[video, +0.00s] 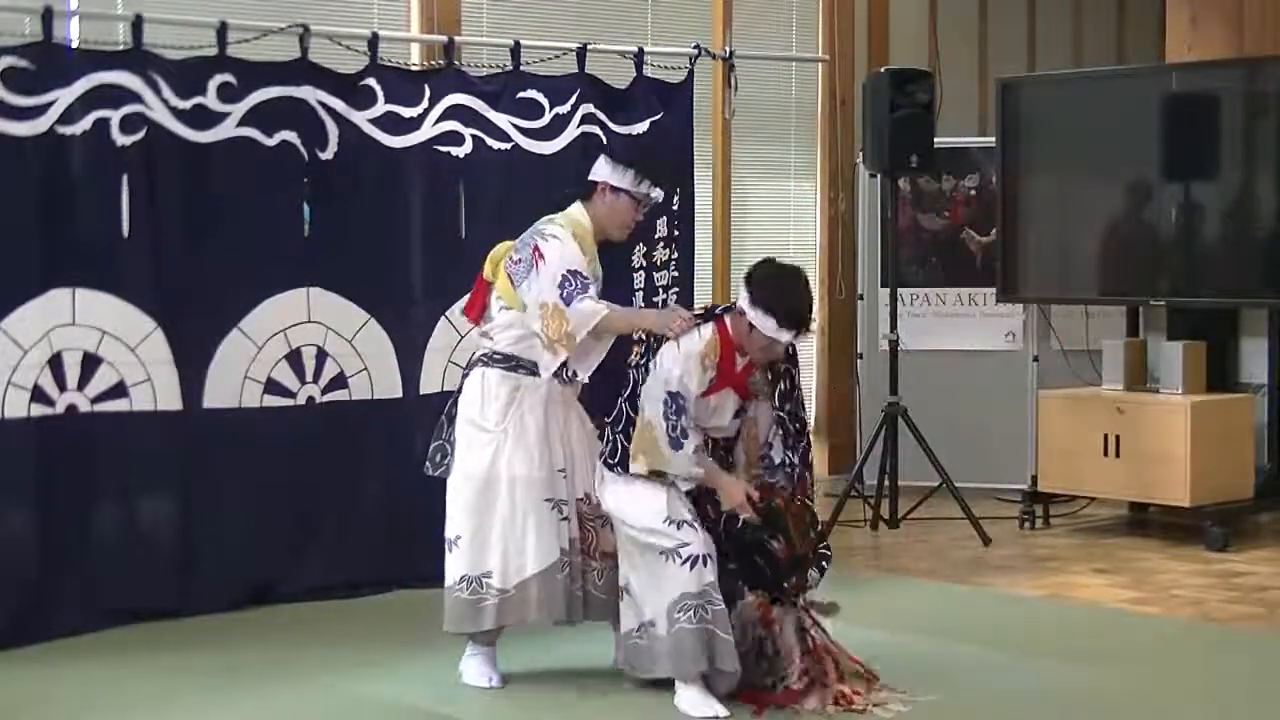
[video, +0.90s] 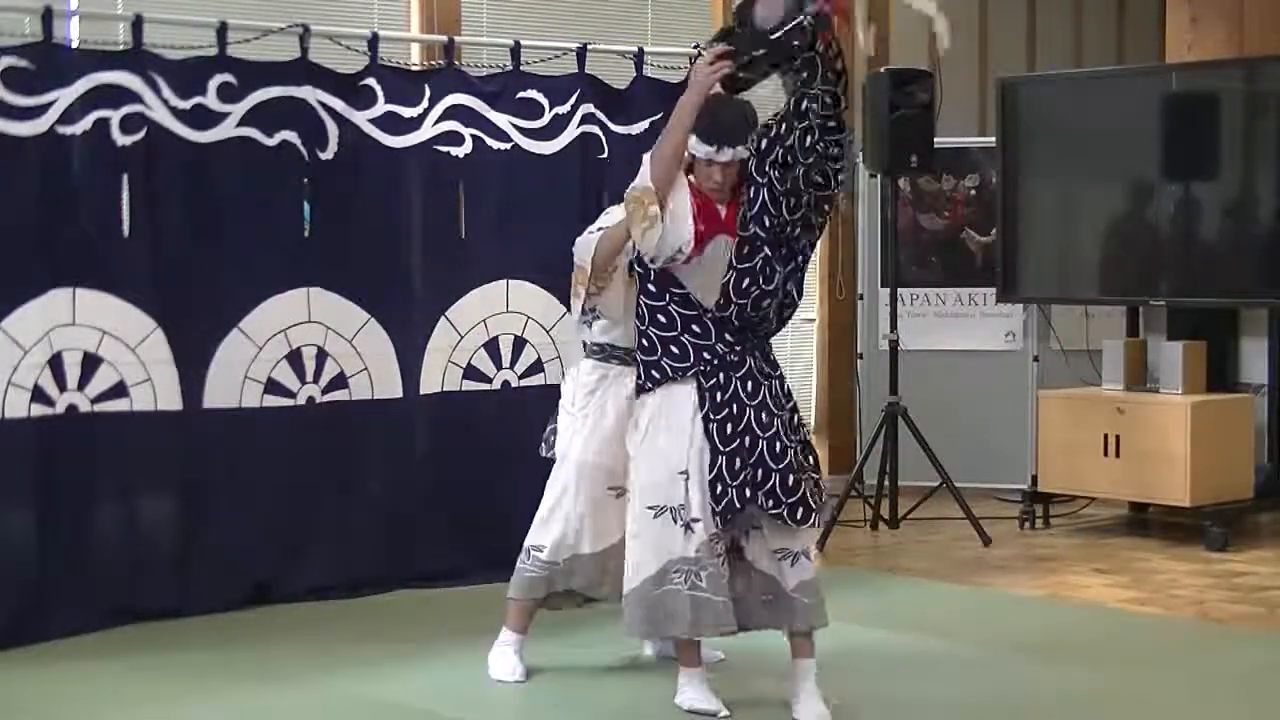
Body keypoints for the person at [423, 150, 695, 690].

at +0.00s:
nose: (639, 219)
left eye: (643, 210)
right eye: (634, 206)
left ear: (610, 201)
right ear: (603, 195)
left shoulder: (581, 252)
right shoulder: (554, 240)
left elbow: (568, 335)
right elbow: (577, 311)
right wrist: (652, 319)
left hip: (547, 398)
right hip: (504, 396)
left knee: (597, 504)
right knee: (497, 516)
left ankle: (639, 634)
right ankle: (481, 647)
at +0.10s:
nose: (631, 204)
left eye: (635, 194)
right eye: (626, 190)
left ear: (598, 187)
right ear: (593, 181)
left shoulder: (576, 242)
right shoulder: (550, 232)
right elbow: (572, 301)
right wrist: (648, 300)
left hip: (548, 394)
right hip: (506, 393)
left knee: (615, 497)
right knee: (498, 515)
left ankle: (639, 633)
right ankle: (481, 646)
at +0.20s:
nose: (627, 195)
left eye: (630, 185)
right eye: (620, 182)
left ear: (597, 180)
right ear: (587, 173)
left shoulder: (584, 243)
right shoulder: (545, 226)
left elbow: (565, 334)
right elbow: (565, 291)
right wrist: (644, 281)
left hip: (557, 392)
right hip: (512, 392)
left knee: (625, 492)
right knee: (503, 516)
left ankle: (641, 624)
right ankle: (481, 646)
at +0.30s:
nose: (630, 186)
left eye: (634, 176)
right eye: (623, 173)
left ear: (603, 174)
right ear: (589, 166)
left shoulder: (590, 233)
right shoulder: (550, 222)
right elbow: (563, 284)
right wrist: (636, 260)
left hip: (574, 390)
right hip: (525, 391)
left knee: (621, 499)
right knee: (511, 514)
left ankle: (644, 623)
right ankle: (480, 645)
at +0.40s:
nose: (639, 180)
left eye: (643, 170)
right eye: (631, 167)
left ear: (631, 173)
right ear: (598, 161)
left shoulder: (612, 227)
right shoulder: (562, 219)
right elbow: (564, 281)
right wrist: (627, 246)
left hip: (601, 385)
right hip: (544, 386)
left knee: (637, 499)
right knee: (522, 510)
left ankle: (662, 625)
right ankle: (480, 647)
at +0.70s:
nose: (680, 168)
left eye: (684, 158)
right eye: (672, 154)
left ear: (686, 170)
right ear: (645, 165)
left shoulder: (688, 220)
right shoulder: (603, 214)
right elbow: (575, 262)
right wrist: (621, 211)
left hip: (658, 378)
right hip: (594, 377)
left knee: (672, 502)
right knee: (562, 504)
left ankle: (679, 630)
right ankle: (510, 640)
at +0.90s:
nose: (707, 180)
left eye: (719, 168)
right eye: (695, 167)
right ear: (662, 169)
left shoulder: (703, 226)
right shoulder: (605, 235)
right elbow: (591, 263)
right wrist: (635, 219)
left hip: (668, 383)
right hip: (603, 381)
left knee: (672, 510)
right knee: (566, 509)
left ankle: (669, 628)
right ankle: (511, 638)